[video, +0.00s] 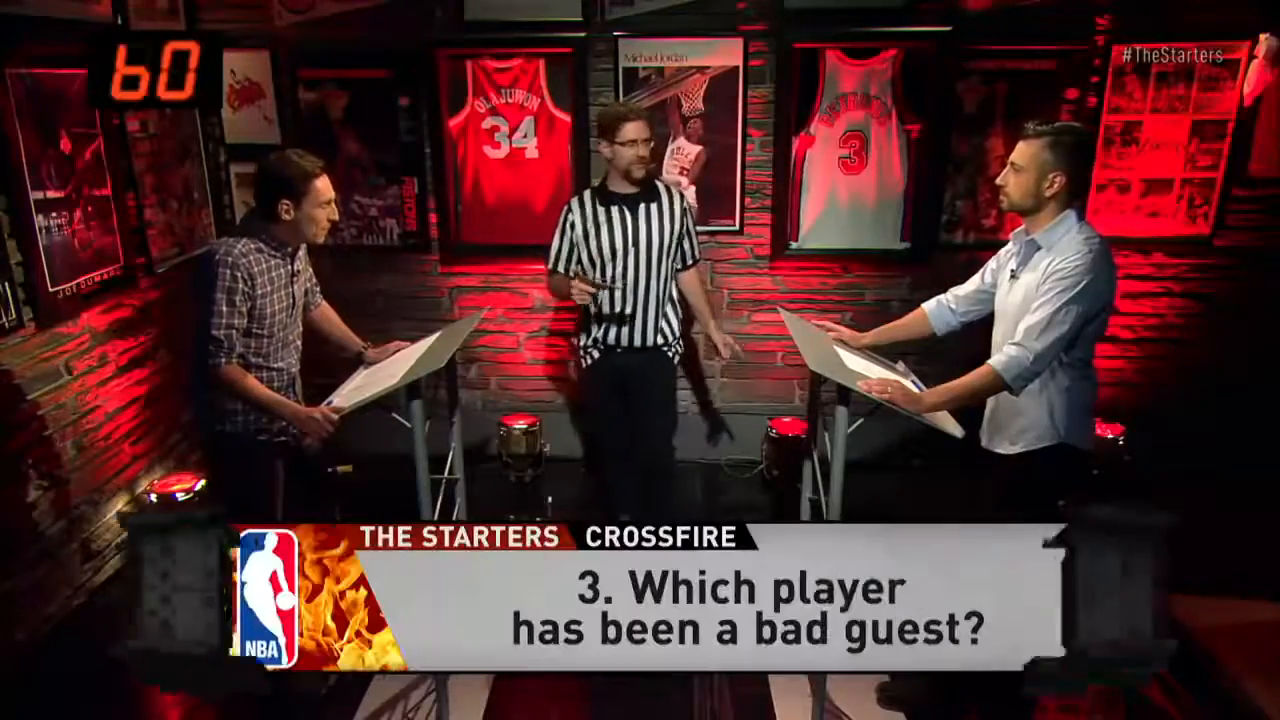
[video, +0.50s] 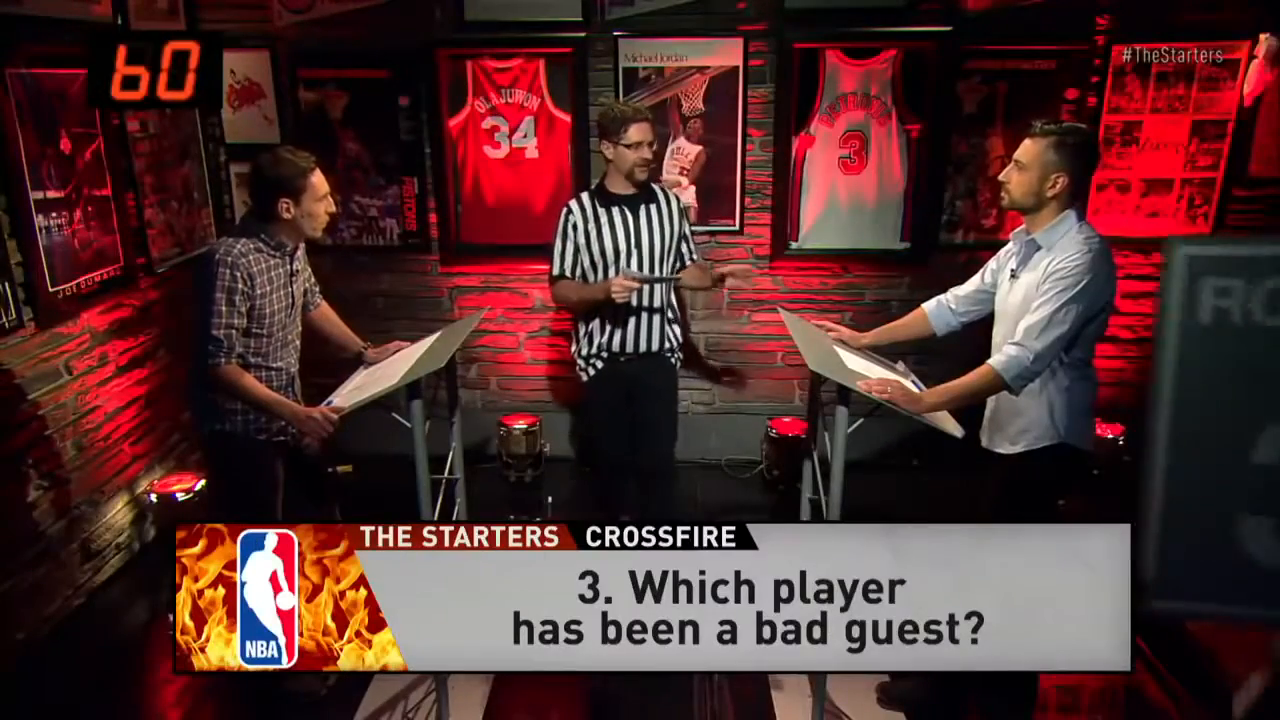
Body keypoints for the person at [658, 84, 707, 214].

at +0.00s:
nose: (691, 129)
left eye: (695, 127)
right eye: (689, 126)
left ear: (701, 131)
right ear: (686, 129)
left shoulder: (700, 151)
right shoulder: (677, 138)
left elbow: (693, 174)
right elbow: (673, 108)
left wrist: (683, 182)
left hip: (685, 190)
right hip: (666, 187)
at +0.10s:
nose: (690, 129)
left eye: (694, 127)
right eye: (689, 126)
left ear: (700, 131)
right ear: (685, 128)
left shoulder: (700, 151)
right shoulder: (677, 138)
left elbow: (690, 178)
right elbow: (673, 110)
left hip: (685, 194)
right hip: (666, 190)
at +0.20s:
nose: (691, 127)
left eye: (695, 126)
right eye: (690, 125)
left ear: (701, 132)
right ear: (686, 127)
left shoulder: (700, 152)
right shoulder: (677, 137)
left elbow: (690, 178)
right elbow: (673, 110)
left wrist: (671, 181)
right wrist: (673, 87)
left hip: (685, 194)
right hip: (666, 192)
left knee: (690, 230)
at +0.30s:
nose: (691, 127)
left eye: (695, 126)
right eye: (690, 125)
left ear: (701, 132)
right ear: (686, 127)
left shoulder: (700, 152)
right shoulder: (677, 137)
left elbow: (690, 178)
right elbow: (673, 110)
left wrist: (673, 182)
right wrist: (673, 90)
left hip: (685, 196)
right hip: (666, 193)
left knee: (690, 232)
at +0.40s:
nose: (692, 127)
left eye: (696, 126)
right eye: (690, 125)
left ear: (701, 131)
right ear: (686, 128)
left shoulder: (700, 152)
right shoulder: (677, 138)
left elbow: (690, 178)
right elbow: (673, 109)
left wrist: (674, 182)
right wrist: (674, 88)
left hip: (685, 196)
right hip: (666, 193)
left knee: (690, 232)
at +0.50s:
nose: (691, 127)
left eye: (695, 126)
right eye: (690, 125)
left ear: (701, 132)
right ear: (686, 127)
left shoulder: (700, 152)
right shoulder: (677, 138)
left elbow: (691, 177)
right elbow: (673, 110)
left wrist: (676, 182)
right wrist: (673, 89)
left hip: (685, 195)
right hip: (666, 192)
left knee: (690, 232)